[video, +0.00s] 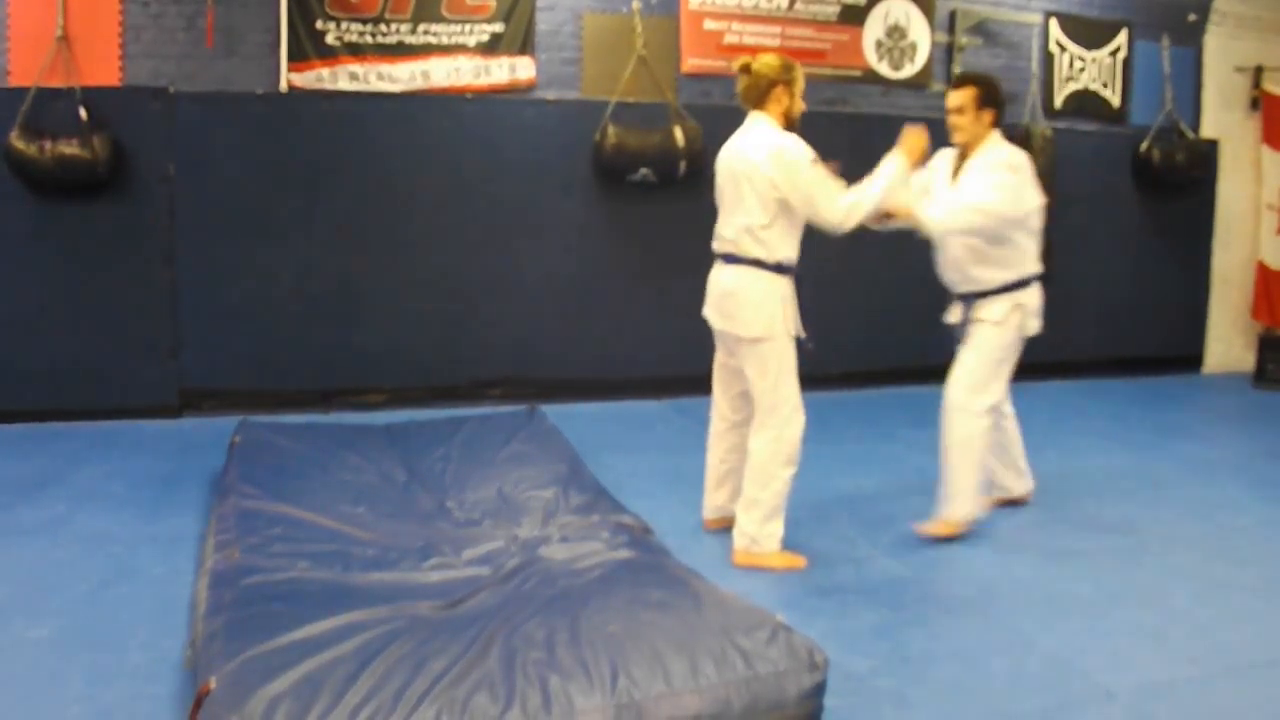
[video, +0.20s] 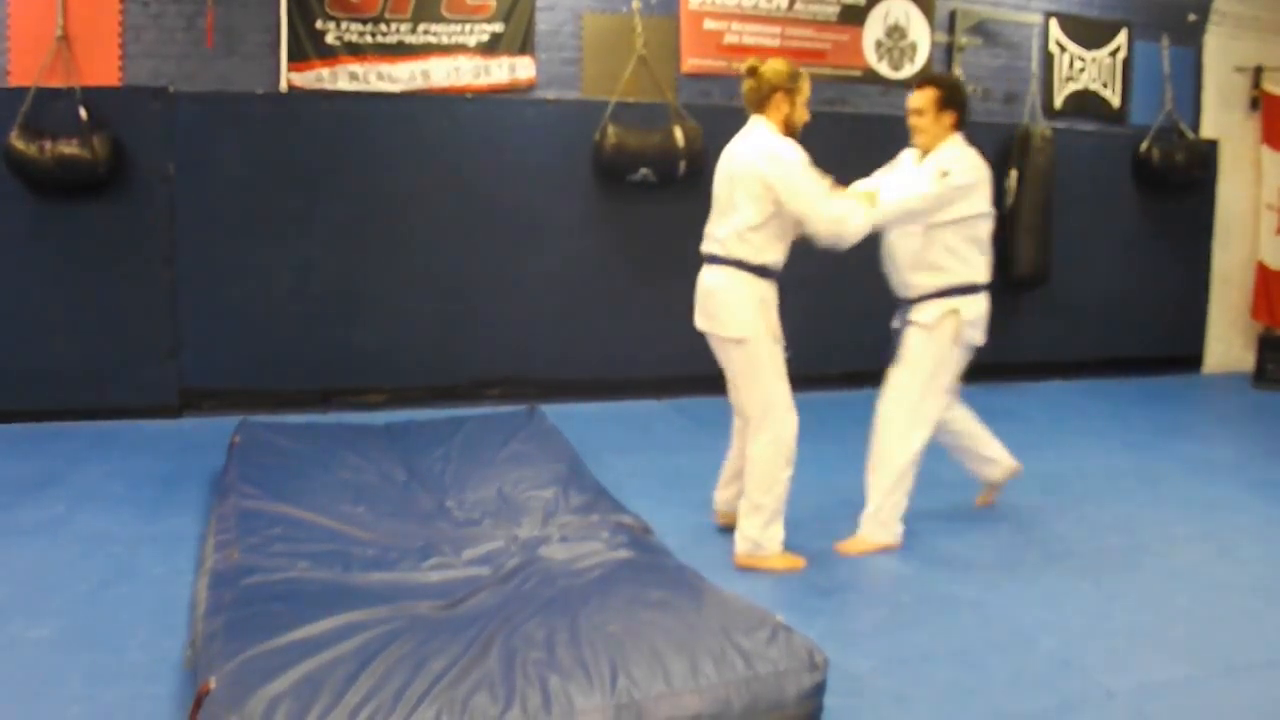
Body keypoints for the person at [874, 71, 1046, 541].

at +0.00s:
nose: (951, 120)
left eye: (960, 112)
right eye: (948, 112)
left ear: (988, 116)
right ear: (949, 115)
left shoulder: (1008, 166)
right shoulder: (945, 162)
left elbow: (966, 218)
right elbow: (905, 200)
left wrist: (912, 212)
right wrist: (848, 196)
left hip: (1009, 300)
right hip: (971, 299)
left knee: (964, 394)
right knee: (989, 394)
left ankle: (956, 512)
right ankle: (1012, 482)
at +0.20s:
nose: (910, 121)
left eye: (919, 113)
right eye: (909, 113)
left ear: (949, 117)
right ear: (915, 115)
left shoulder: (963, 166)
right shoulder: (915, 159)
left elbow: (899, 204)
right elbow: (867, 192)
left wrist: (842, 209)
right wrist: (827, 200)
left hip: (953, 307)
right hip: (921, 305)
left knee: (901, 409)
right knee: (928, 400)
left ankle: (881, 527)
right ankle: (996, 465)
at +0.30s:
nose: (880, 114)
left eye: (889, 107)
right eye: (879, 106)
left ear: (919, 110)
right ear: (886, 108)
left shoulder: (938, 160)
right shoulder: (883, 156)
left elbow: (883, 219)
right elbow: (848, 206)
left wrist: (827, 226)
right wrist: (818, 229)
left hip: (929, 302)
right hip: (896, 300)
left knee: (885, 411)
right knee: (880, 401)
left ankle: (879, 529)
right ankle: (950, 461)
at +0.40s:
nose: (858, 107)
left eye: (866, 98)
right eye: (856, 98)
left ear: (897, 100)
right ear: (862, 100)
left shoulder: (919, 152)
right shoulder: (859, 146)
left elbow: (866, 216)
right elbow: (823, 201)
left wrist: (815, 195)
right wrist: (796, 216)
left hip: (909, 297)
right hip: (868, 294)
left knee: (887, 410)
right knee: (840, 396)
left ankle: (883, 525)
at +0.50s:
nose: (845, 105)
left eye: (853, 97)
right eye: (843, 97)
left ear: (883, 97)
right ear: (851, 98)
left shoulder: (907, 149)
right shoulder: (844, 140)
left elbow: (865, 192)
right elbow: (800, 156)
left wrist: (803, 184)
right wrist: (777, 160)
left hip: (889, 295)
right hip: (843, 293)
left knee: (878, 411)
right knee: (820, 397)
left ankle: (882, 527)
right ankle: (808, 499)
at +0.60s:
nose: (830, 104)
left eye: (838, 96)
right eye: (828, 95)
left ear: (868, 97)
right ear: (833, 97)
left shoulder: (888, 150)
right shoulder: (826, 135)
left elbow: (832, 187)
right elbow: (785, 134)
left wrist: (768, 188)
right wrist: (760, 124)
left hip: (865, 295)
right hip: (819, 292)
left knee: (856, 409)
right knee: (801, 399)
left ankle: (875, 524)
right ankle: (806, 500)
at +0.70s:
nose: (808, 101)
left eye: (816, 93)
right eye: (806, 92)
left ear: (846, 95)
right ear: (813, 93)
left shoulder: (864, 151)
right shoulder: (806, 132)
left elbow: (799, 202)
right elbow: (767, 116)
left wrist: (739, 204)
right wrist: (736, 84)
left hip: (842, 294)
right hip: (799, 289)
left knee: (827, 407)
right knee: (788, 401)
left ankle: (852, 519)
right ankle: (805, 499)